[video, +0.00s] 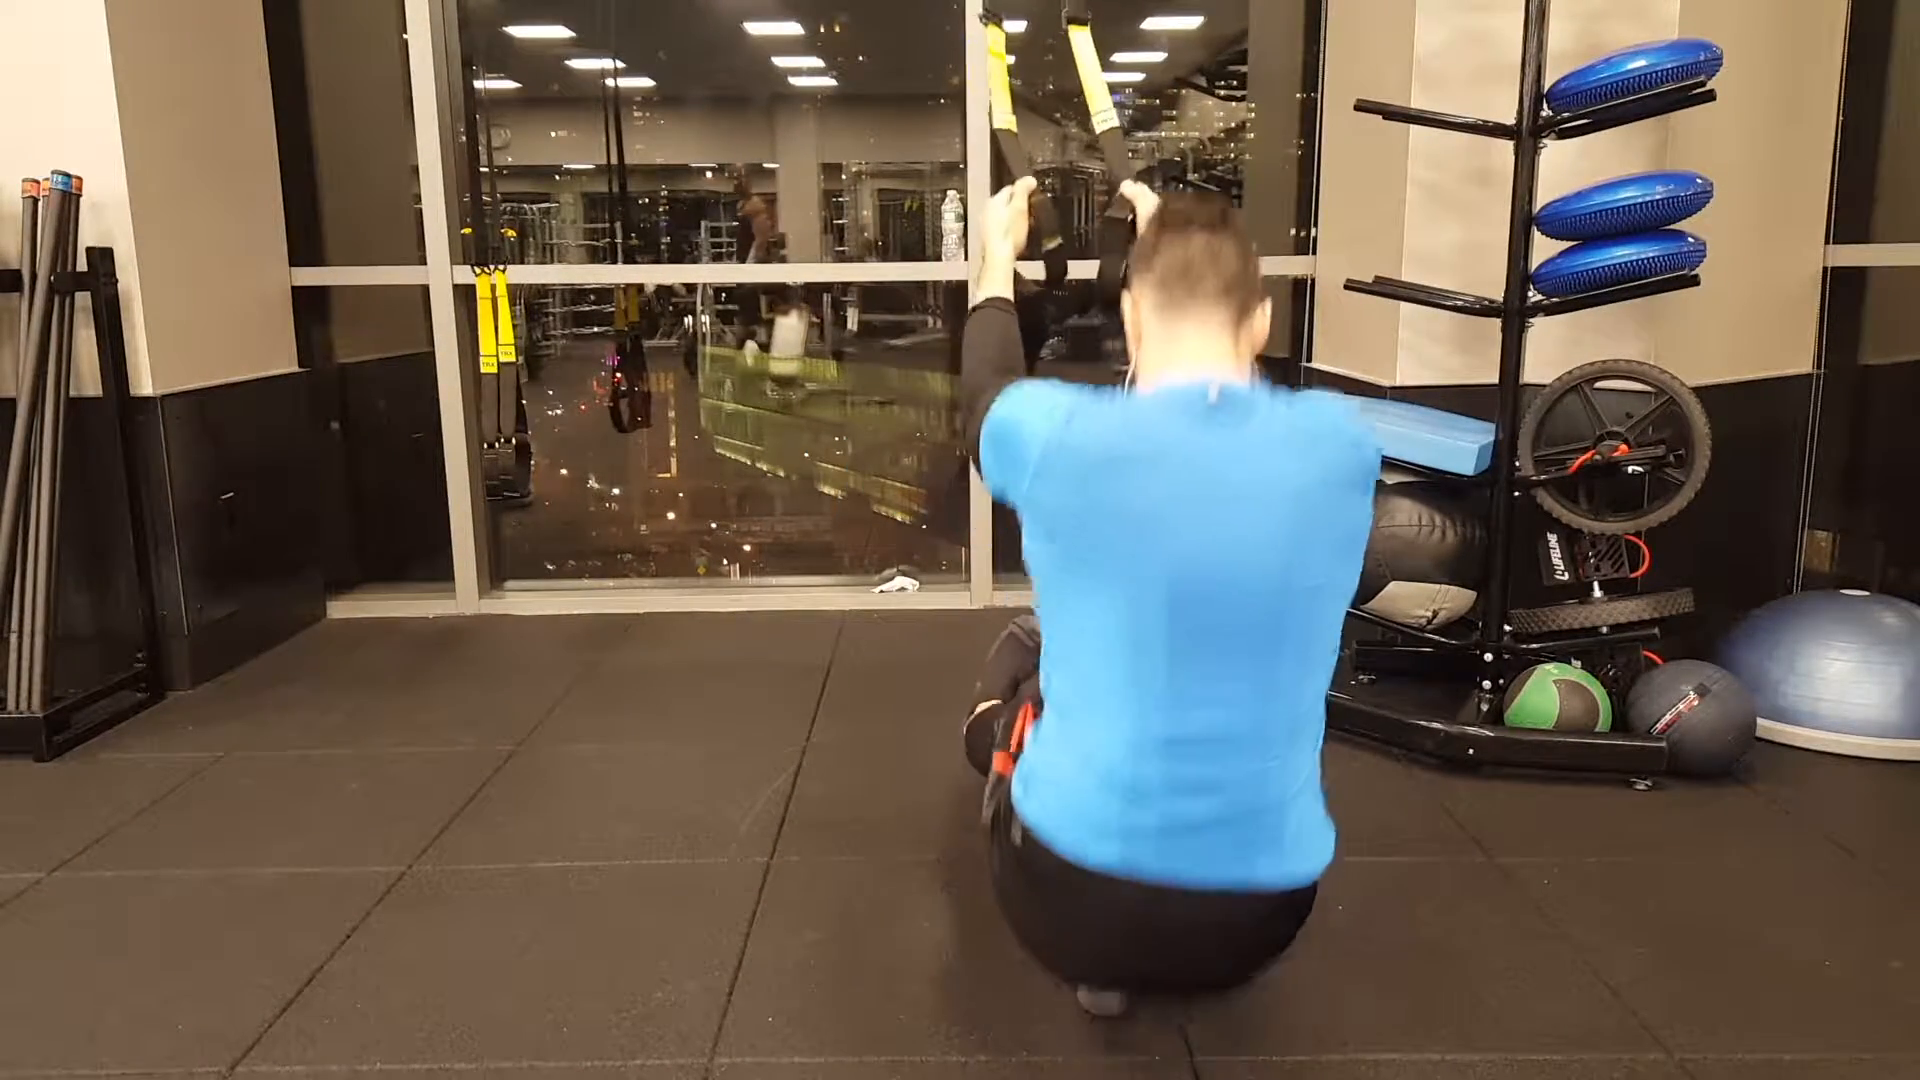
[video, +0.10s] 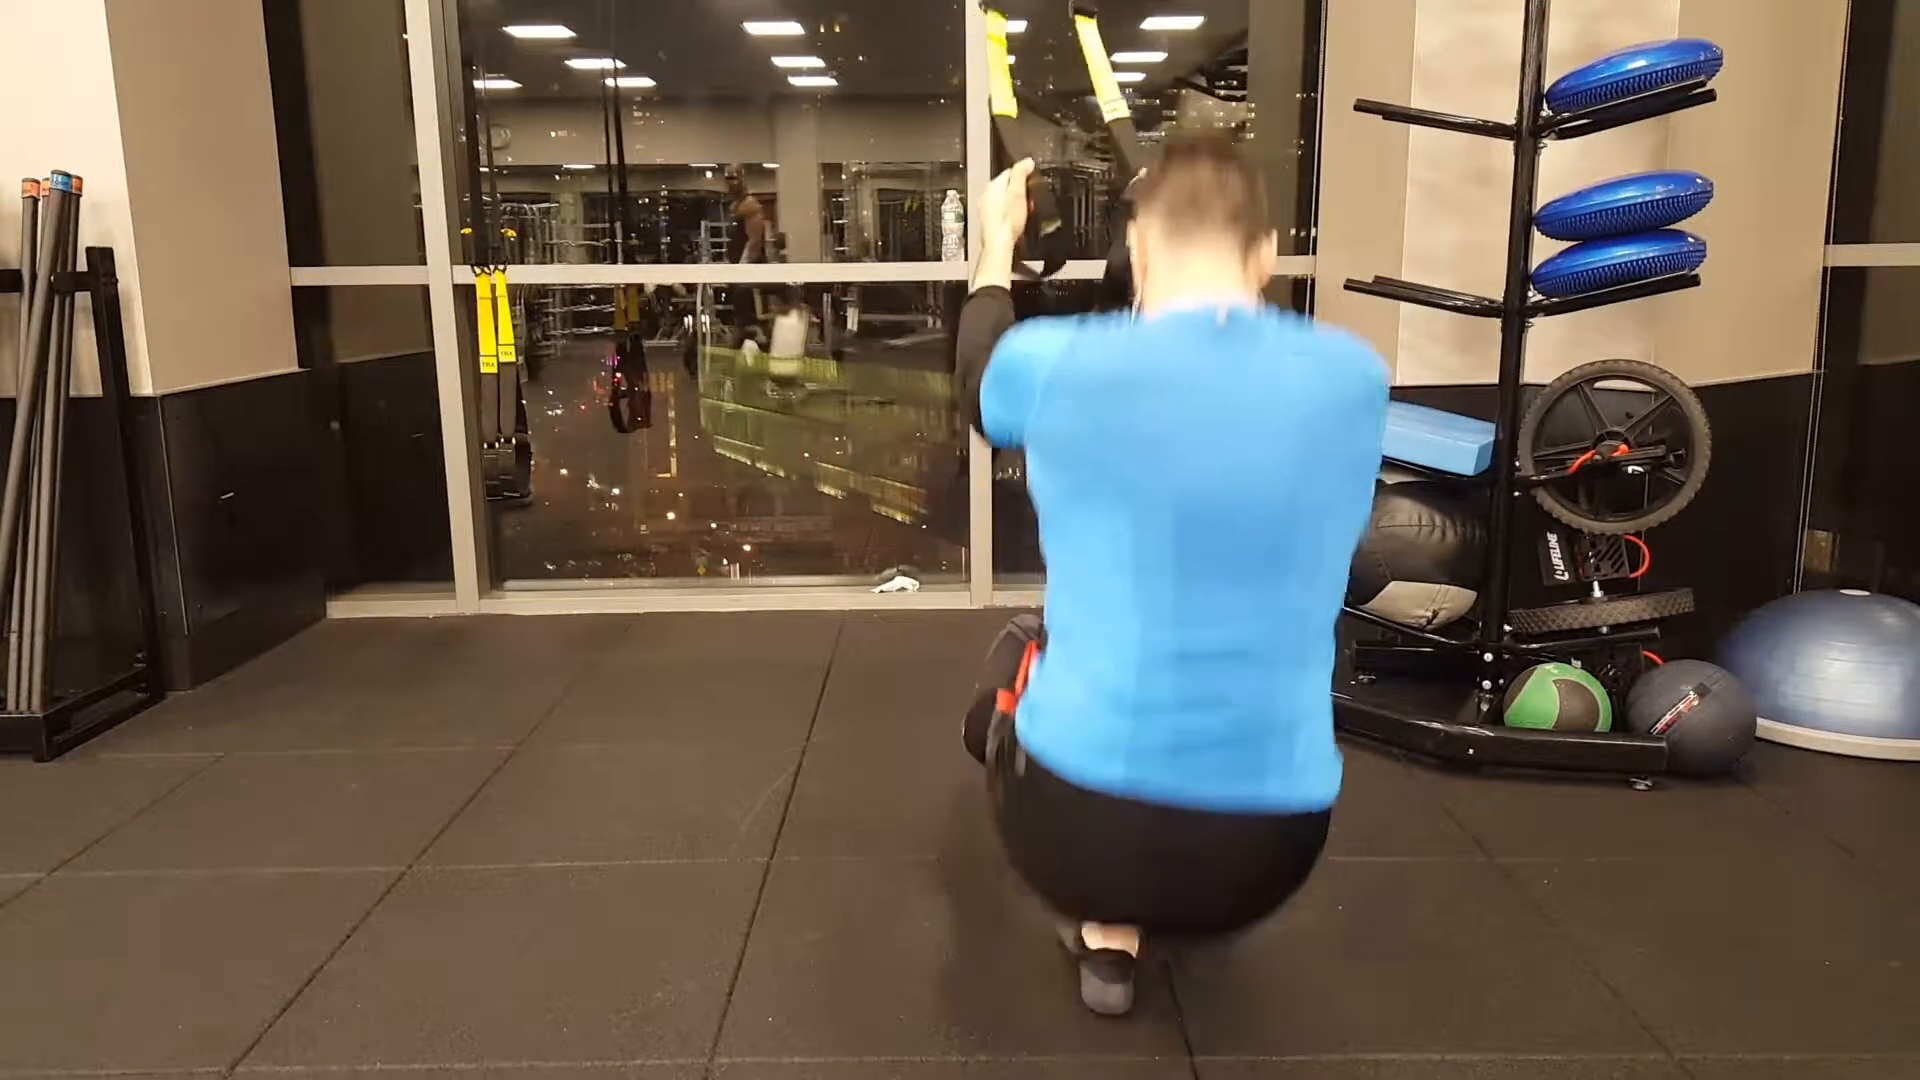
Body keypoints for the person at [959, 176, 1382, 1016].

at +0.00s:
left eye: (1132, 308)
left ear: (1130, 319)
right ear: (1262, 327)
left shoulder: (1056, 441)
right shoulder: (1343, 447)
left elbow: (992, 386)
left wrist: (996, 259)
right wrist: (1173, 248)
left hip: (1082, 919)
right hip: (1256, 923)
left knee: (1024, 648)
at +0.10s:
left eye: (1134, 247)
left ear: (1137, 253)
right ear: (1267, 258)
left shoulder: (1057, 366)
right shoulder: (1354, 379)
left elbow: (985, 357)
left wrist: (992, 254)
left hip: (1086, 843)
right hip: (1262, 859)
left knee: (1029, 646)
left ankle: (1106, 936)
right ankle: (1117, 930)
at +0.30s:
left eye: (1150, 110)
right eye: (1277, 115)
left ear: (1146, 117)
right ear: (1275, 120)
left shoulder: (1058, 218)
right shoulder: (1361, 234)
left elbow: (982, 353)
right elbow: (1331, 386)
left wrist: (1024, 209)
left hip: (1082, 681)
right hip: (1262, 707)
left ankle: (983, 693)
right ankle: (1111, 940)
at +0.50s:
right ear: (1279, 1)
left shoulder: (1050, 78)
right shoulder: (1361, 94)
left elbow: (984, 290)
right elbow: (1329, 286)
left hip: (1082, 522)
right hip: (1273, 546)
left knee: (998, 626)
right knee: (1152, 662)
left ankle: (945, 719)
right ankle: (1111, 943)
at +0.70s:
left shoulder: (1031, 5)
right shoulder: (1372, 14)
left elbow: (973, 217)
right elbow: (1332, 220)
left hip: (1087, 376)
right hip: (1279, 395)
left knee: (989, 578)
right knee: (1152, 642)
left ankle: (921, 732)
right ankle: (1113, 946)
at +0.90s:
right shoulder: (1369, 5)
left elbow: (957, 128)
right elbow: (1346, 165)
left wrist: (1044, 81)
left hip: (1072, 275)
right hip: (1262, 297)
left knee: (959, 566)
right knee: (1153, 636)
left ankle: (888, 780)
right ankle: (1114, 949)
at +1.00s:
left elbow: (944, 91)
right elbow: (1346, 139)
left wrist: (1048, 38)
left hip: (1056, 250)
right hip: (1248, 272)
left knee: (952, 570)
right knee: (1156, 637)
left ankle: (876, 821)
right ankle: (1116, 952)